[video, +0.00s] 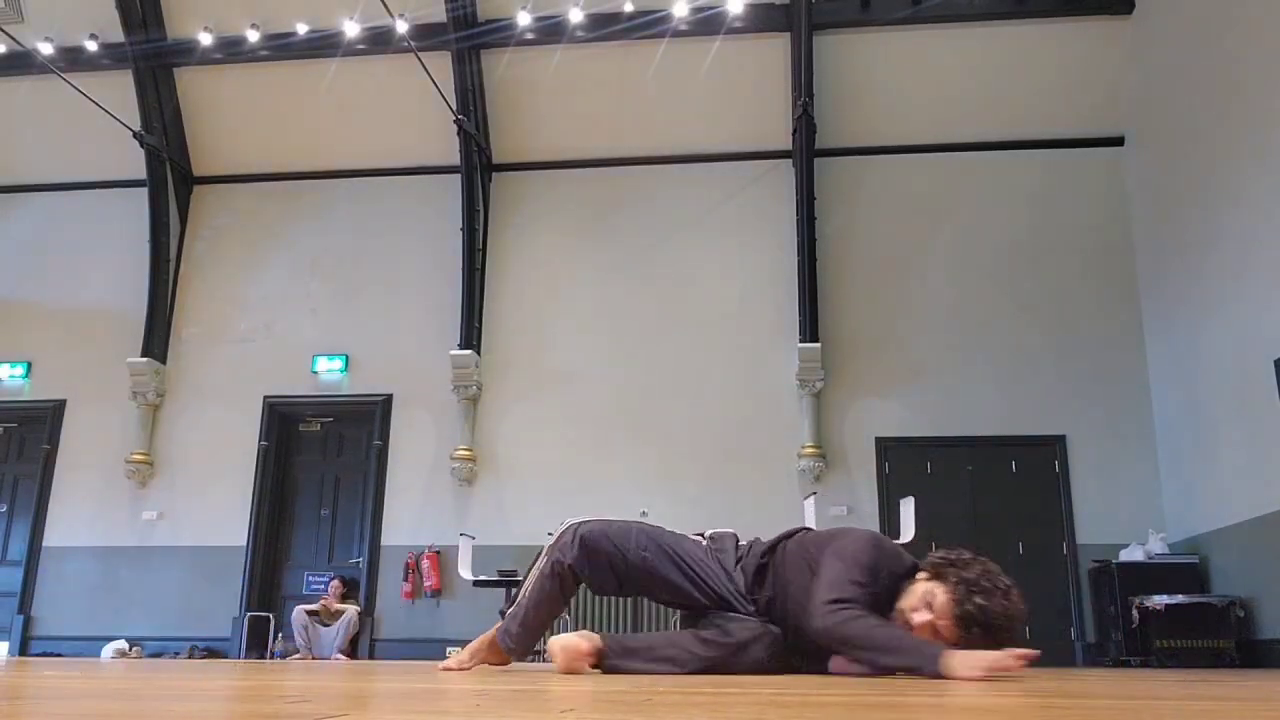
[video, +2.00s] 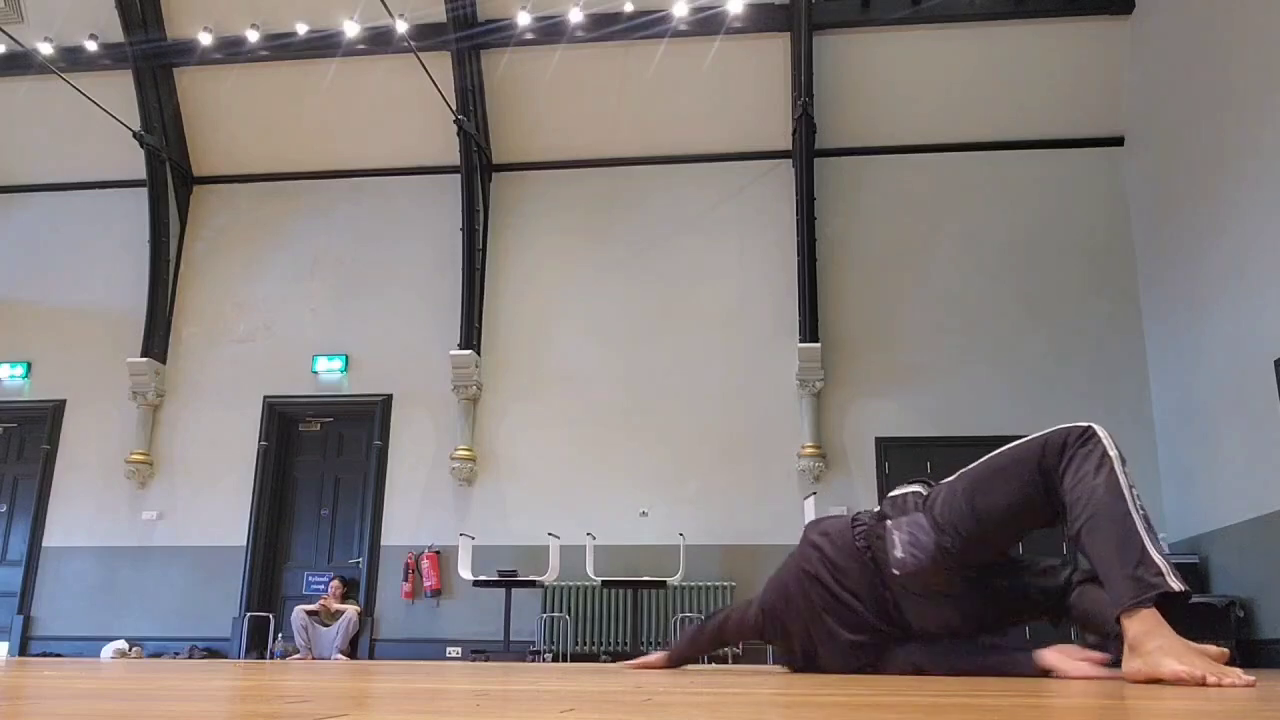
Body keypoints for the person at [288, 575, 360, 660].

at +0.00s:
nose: (333, 591)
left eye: (337, 588)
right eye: (331, 587)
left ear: (344, 590)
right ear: (328, 589)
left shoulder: (349, 603)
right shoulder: (323, 604)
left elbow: (357, 610)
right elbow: (298, 608)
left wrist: (335, 606)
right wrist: (318, 607)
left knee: (352, 614)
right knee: (297, 612)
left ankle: (337, 653)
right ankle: (304, 652)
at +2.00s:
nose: (333, 591)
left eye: (337, 588)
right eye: (331, 588)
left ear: (344, 590)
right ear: (328, 589)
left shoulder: (348, 602)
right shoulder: (323, 602)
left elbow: (357, 610)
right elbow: (297, 608)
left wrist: (334, 606)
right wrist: (316, 607)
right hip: (316, 637)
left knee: (352, 614)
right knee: (297, 612)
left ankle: (336, 653)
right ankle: (304, 653)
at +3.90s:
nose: (333, 591)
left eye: (337, 589)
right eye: (331, 588)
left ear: (343, 591)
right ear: (328, 589)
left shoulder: (348, 603)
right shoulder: (323, 602)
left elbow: (356, 610)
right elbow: (296, 608)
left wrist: (333, 606)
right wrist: (314, 607)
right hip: (316, 636)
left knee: (352, 614)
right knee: (297, 612)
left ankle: (336, 653)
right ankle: (304, 653)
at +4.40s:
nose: (333, 591)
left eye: (337, 589)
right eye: (331, 588)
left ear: (343, 591)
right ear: (327, 590)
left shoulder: (348, 604)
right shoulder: (322, 604)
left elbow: (357, 610)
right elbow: (297, 609)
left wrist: (334, 606)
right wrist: (316, 608)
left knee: (352, 614)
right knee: (296, 612)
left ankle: (336, 653)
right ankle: (304, 653)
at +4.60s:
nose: (321, 607)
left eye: (324, 606)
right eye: (321, 606)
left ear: (333, 609)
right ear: (318, 607)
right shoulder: (308, 623)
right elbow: (297, 610)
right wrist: (314, 608)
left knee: (349, 619)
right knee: (297, 612)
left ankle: (336, 654)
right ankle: (304, 653)